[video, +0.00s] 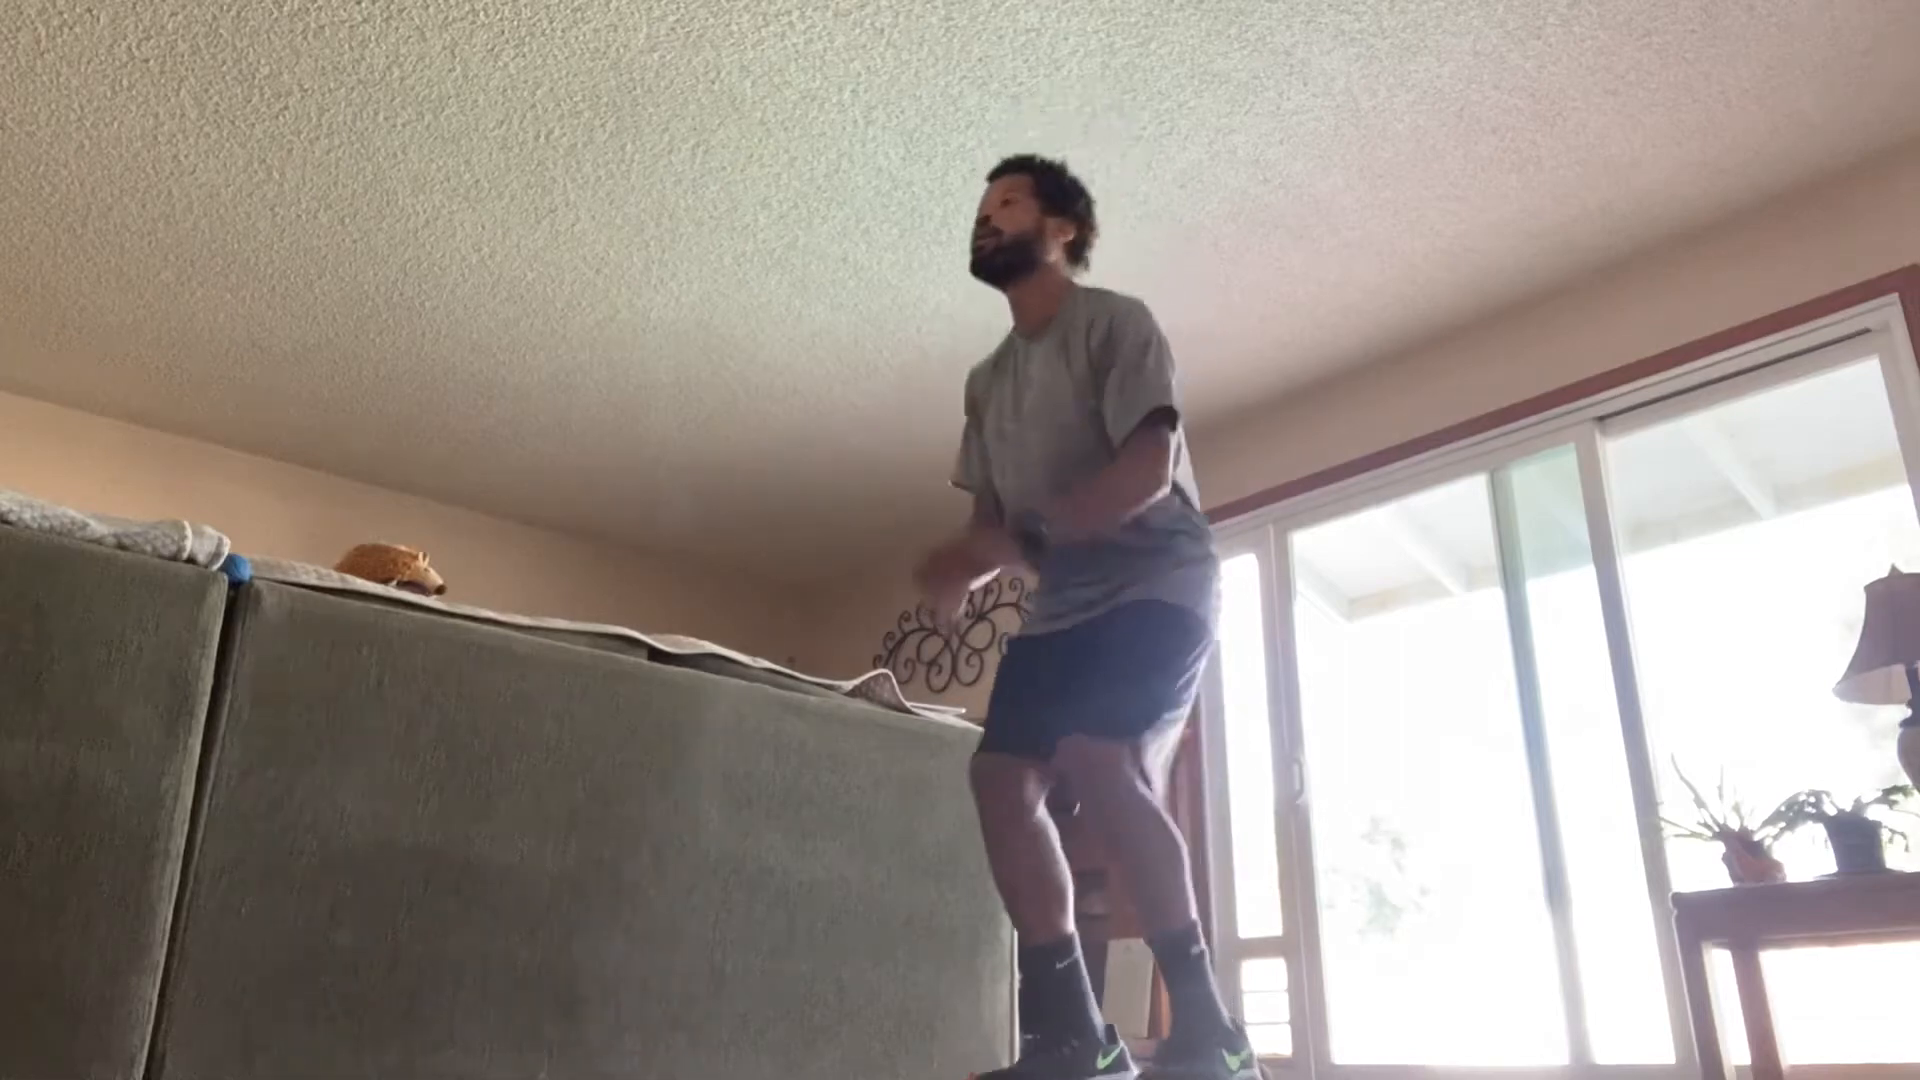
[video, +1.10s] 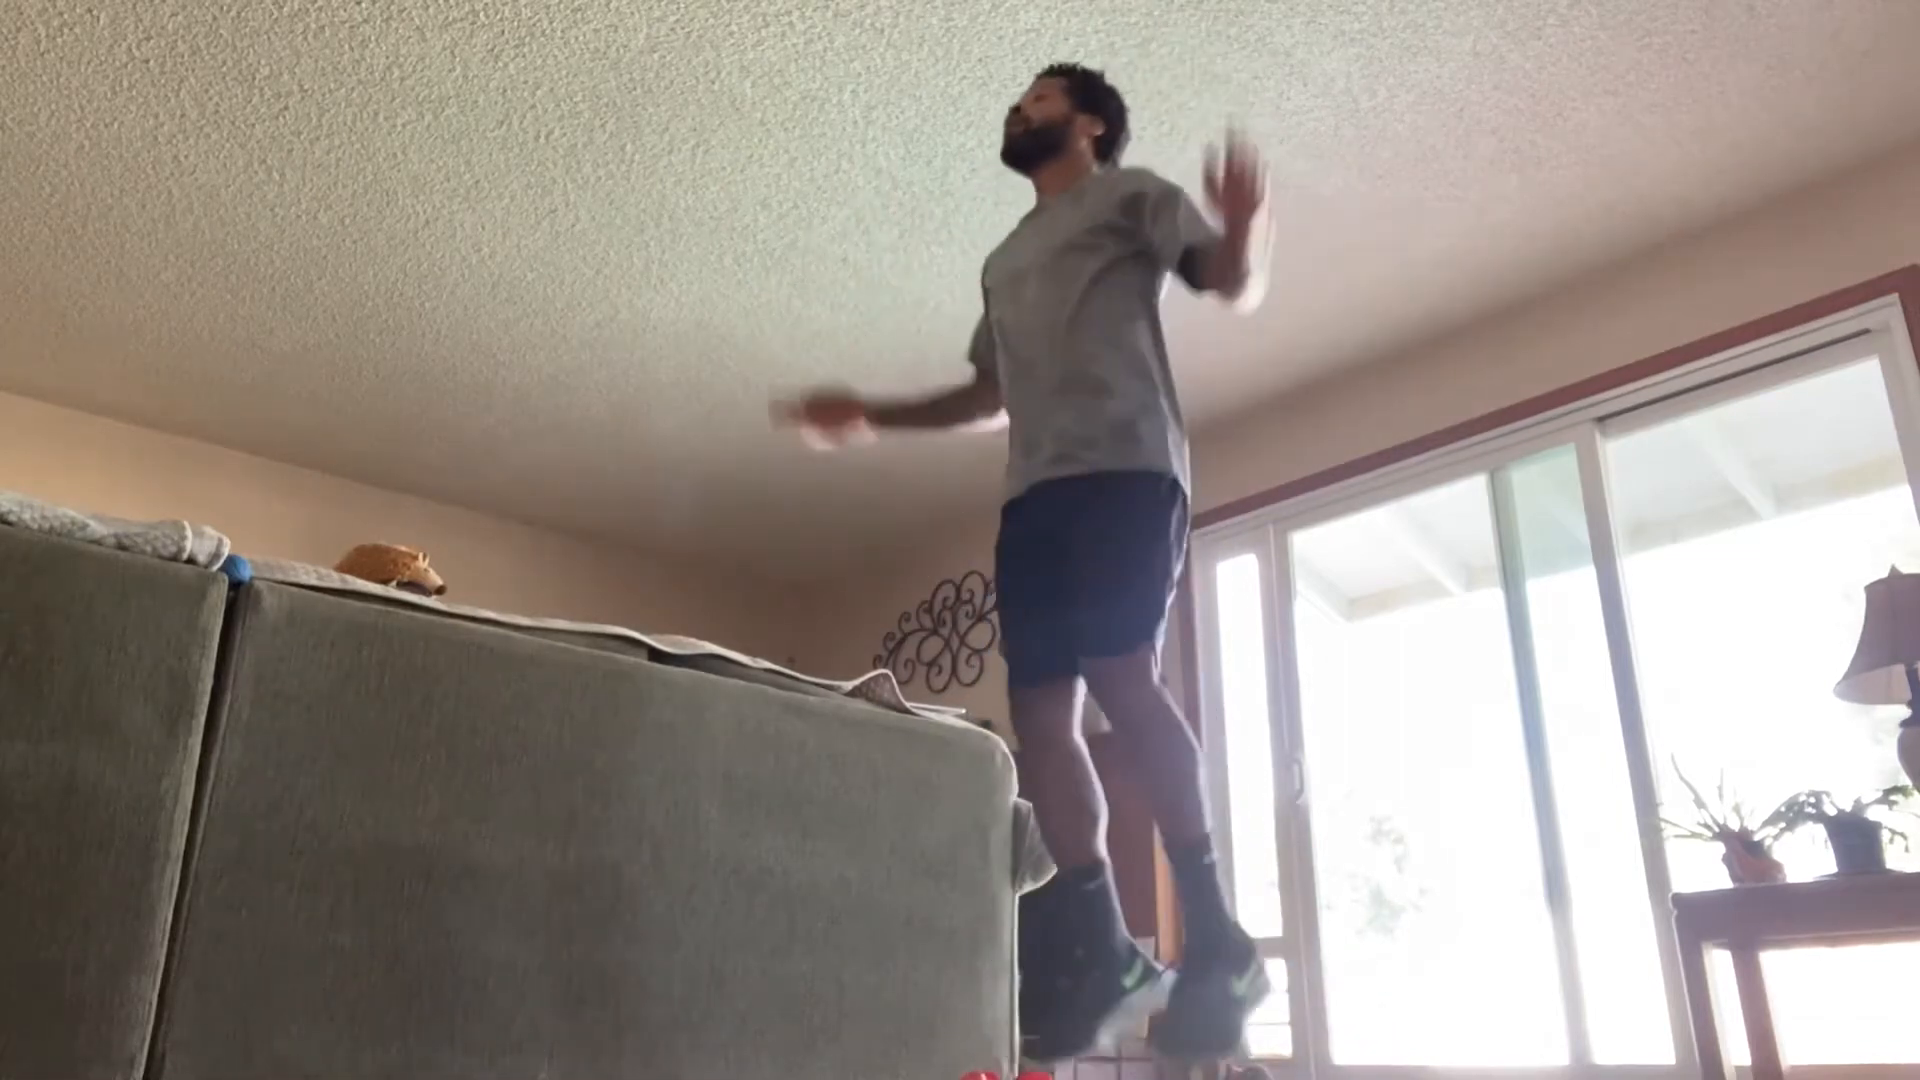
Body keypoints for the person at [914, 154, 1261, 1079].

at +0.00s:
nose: (984, 223)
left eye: (1006, 210)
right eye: (982, 212)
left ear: (1062, 230)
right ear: (982, 238)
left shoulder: (1117, 322)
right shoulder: (987, 381)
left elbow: (1153, 461)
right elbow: (996, 524)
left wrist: (1053, 526)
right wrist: (960, 568)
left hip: (1154, 586)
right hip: (1054, 607)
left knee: (1094, 759)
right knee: (1000, 775)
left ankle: (1205, 1032)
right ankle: (1069, 1036)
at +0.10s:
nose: (1000, 185)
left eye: (1024, 171)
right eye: (1001, 174)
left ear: (1077, 203)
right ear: (1012, 212)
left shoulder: (1125, 290)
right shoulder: (996, 352)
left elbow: (1179, 422)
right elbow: (991, 492)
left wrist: (1109, 481)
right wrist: (921, 550)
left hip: (1140, 568)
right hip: (1041, 590)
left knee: (1095, 753)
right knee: (1005, 768)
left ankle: (1200, 1020)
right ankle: (1067, 1027)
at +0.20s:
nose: (1014, 127)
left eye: (1036, 115)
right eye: (1014, 119)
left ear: (1088, 146)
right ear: (1026, 162)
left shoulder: (1125, 221)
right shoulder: (1002, 292)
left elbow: (1181, 297)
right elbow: (969, 425)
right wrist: (846, 421)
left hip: (1137, 504)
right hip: (1041, 535)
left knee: (1131, 709)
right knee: (1017, 736)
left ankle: (1217, 983)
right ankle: (1050, 990)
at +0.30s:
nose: (1028, 117)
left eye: (1052, 108)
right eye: (1026, 111)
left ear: (1103, 139)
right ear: (1029, 156)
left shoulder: (1136, 207)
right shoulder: (1011, 276)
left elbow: (1233, 204)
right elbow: (922, 377)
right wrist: (825, 301)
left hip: (1141, 493)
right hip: (1039, 519)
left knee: (1144, 693)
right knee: (1001, 726)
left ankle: (1280, 954)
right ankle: (1036, 974)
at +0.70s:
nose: (1029, 118)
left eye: (1051, 105)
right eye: (1029, 110)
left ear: (1103, 129)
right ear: (1045, 148)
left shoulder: (1138, 185)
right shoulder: (1012, 269)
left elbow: (1259, 227)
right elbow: (968, 404)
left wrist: (1239, 152)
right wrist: (850, 375)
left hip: (1140, 465)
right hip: (1044, 485)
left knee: (1137, 671)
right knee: (1021, 709)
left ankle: (1261, 932)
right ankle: (1078, 947)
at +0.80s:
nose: (1017, 130)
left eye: (1041, 119)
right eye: (1015, 123)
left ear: (1092, 149)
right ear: (1013, 164)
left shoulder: (1132, 220)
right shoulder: (1008, 288)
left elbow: (1236, 328)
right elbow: (1029, 430)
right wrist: (940, 476)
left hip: (1133, 487)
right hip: (1043, 503)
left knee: (1115, 709)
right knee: (1042, 738)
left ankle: (1215, 959)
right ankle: (1127, 964)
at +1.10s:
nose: (1017, 103)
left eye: (1040, 92)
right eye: (1017, 97)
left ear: (1092, 123)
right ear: (1030, 138)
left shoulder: (1130, 195)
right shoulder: (1004, 260)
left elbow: (1228, 281)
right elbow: (989, 395)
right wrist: (868, 413)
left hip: (1127, 467)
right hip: (1034, 486)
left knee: (1126, 690)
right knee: (1043, 726)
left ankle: (1216, 945)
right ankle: (1100, 947)